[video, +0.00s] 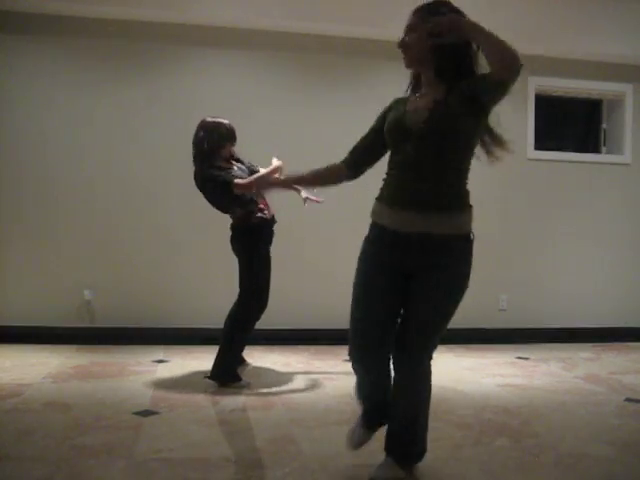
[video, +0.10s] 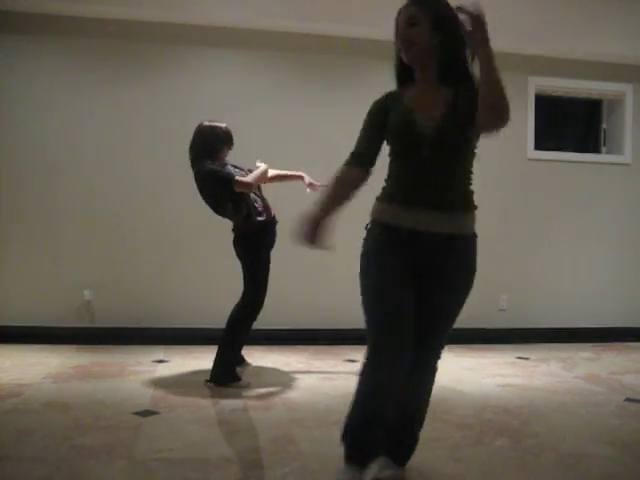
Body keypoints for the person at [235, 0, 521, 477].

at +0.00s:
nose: (401, 42)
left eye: (412, 34)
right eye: (403, 34)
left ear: (441, 41)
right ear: (412, 45)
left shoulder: (469, 98)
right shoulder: (399, 110)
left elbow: (510, 66)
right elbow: (350, 167)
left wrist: (467, 26)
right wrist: (281, 181)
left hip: (443, 245)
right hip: (386, 238)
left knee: (413, 352)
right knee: (365, 342)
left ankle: (404, 457)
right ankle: (376, 409)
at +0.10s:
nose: (402, 34)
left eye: (413, 24)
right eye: (399, 26)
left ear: (443, 33)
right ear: (397, 39)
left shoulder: (470, 98)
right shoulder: (388, 106)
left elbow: (496, 116)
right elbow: (358, 166)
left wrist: (483, 48)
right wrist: (323, 209)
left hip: (451, 244)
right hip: (390, 238)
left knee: (423, 355)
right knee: (389, 349)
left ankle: (397, 457)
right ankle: (358, 456)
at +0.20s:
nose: (410, 36)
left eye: (421, 25)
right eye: (402, 29)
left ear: (446, 34)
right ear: (393, 42)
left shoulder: (474, 105)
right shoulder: (386, 104)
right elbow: (394, 172)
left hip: (453, 251)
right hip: (394, 247)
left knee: (438, 369)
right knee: (420, 361)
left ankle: (387, 446)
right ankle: (390, 471)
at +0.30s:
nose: (418, 50)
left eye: (428, 38)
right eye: (406, 42)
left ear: (447, 48)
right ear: (393, 54)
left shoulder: (463, 122)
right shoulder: (392, 114)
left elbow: (485, 208)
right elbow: (448, 171)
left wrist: (474, 154)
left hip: (454, 268)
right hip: (398, 266)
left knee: (447, 379)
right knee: (455, 374)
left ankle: (389, 437)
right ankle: (422, 473)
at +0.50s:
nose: (439, 68)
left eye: (447, 54)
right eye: (424, 59)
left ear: (461, 62)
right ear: (407, 71)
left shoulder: (465, 135)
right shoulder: (416, 135)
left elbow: (476, 218)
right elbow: (474, 219)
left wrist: (499, 186)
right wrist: (561, 220)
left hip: (453, 296)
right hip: (412, 293)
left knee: (441, 433)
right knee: (489, 407)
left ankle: (359, 442)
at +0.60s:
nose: (446, 78)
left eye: (456, 65)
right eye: (431, 67)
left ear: (471, 72)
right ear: (412, 78)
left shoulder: (473, 139)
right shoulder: (421, 141)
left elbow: (500, 225)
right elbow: (466, 238)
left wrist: (510, 178)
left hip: (457, 301)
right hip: (420, 295)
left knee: (438, 438)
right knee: (499, 414)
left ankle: (358, 443)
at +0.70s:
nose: (458, 77)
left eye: (468, 63)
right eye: (444, 67)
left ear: (483, 67)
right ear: (426, 76)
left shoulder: (493, 134)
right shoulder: (429, 139)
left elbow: (533, 210)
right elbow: (449, 241)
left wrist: (526, 164)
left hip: (468, 295)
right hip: (424, 289)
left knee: (441, 428)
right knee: (504, 413)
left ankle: (356, 443)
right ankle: (437, 477)